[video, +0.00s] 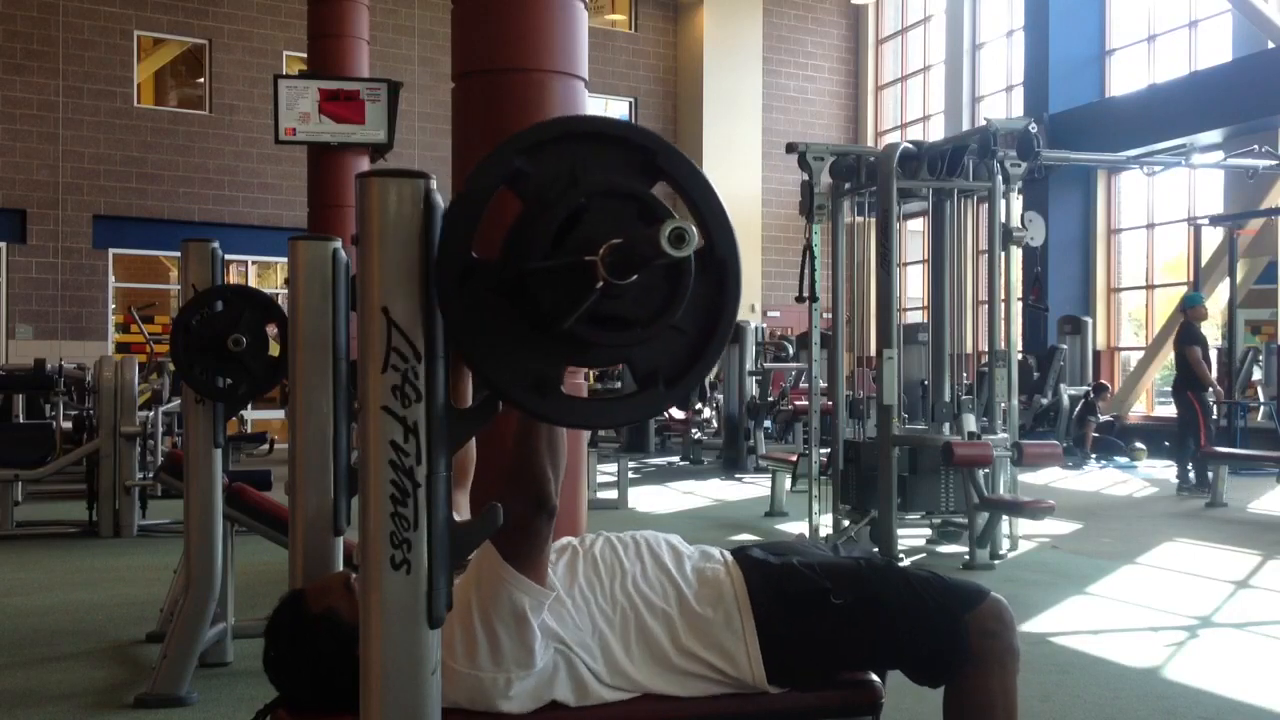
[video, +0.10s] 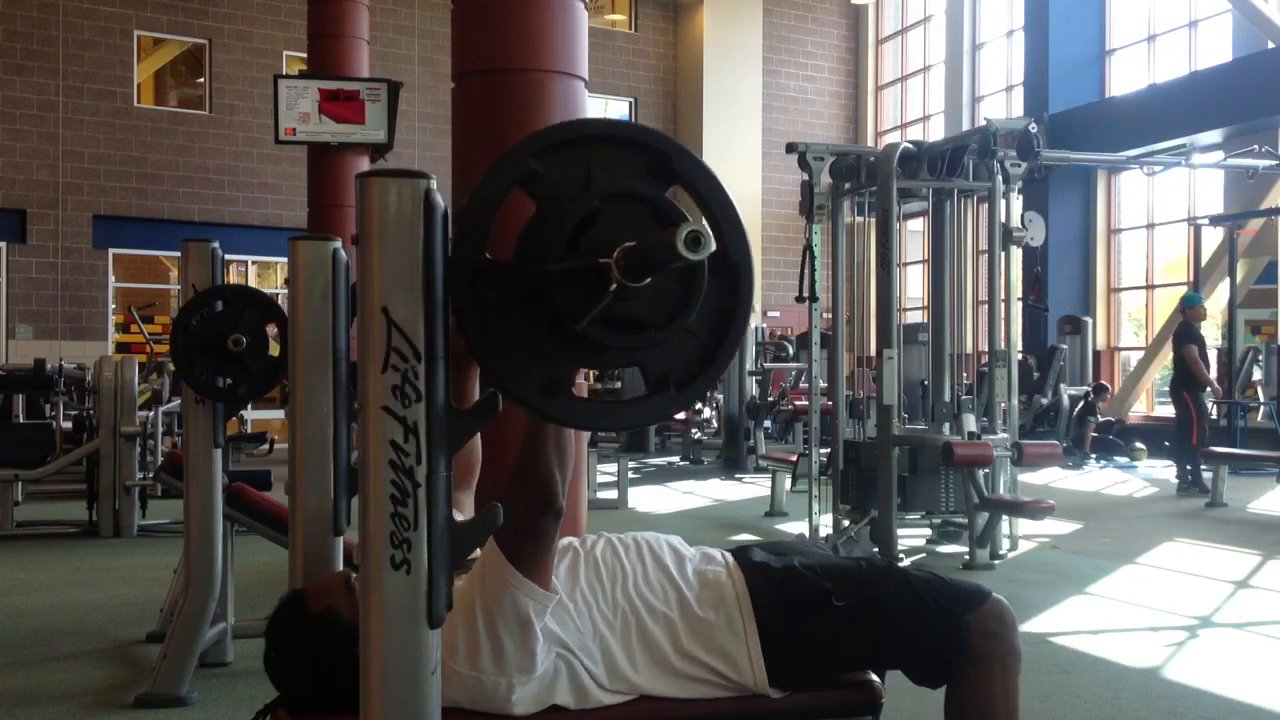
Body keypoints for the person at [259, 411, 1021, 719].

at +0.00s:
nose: (356, 563)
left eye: (336, 567)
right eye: (343, 582)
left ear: (342, 659)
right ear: (358, 634)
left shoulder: (450, 648)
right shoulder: (468, 662)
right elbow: (532, 503)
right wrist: (519, 343)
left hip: (716, 610)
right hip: (750, 604)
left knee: (860, 686)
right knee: (983, 627)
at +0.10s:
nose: (356, 570)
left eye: (338, 577)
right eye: (345, 588)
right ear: (363, 637)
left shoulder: (453, 659)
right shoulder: (473, 672)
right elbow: (529, 502)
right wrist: (536, 317)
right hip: (740, 615)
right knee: (981, 623)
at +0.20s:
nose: (364, 567)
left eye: (345, 571)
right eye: (348, 583)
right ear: (361, 636)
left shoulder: (448, 635)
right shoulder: (479, 673)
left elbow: (459, 485)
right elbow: (545, 513)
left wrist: (478, 376)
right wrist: (547, 331)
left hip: (719, 579)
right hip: (748, 611)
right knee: (985, 626)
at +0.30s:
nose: (364, 566)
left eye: (347, 570)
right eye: (350, 583)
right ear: (361, 635)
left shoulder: (452, 634)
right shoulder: (484, 666)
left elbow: (461, 483)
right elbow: (550, 515)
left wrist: (476, 372)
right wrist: (551, 342)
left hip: (724, 581)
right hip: (750, 612)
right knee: (986, 626)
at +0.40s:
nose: (365, 565)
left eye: (348, 569)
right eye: (351, 583)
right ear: (361, 639)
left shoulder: (438, 616)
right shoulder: (481, 669)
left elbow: (459, 480)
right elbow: (554, 513)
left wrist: (478, 368)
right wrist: (550, 347)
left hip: (722, 576)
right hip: (748, 610)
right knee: (987, 626)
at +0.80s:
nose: (364, 570)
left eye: (349, 572)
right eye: (349, 587)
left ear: (345, 667)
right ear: (358, 647)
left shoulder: (445, 646)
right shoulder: (480, 672)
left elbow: (462, 491)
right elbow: (557, 537)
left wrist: (481, 385)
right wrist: (537, 374)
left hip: (731, 581)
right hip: (755, 617)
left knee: (860, 681)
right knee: (991, 630)